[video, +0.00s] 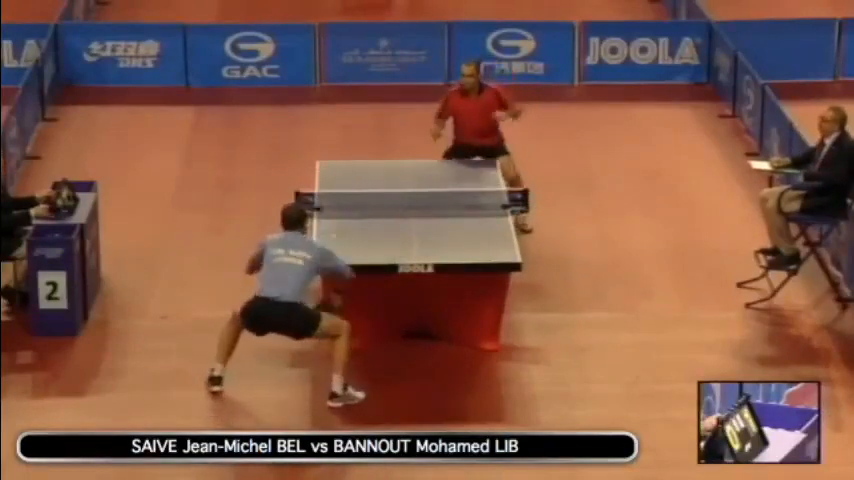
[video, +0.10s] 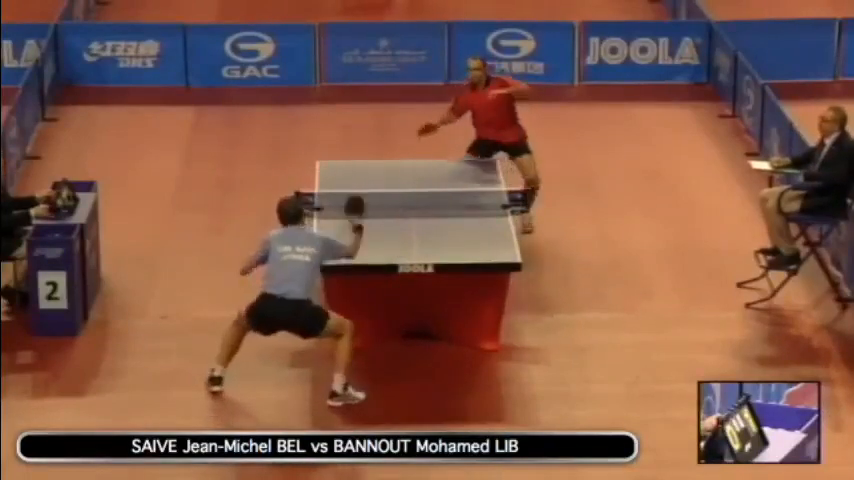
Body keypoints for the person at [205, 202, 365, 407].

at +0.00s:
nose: (307, 221)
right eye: (306, 219)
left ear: (282, 223)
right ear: (305, 223)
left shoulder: (270, 243)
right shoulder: (315, 249)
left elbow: (250, 269)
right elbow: (347, 274)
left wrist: (272, 253)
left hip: (260, 308)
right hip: (293, 313)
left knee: (236, 320)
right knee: (342, 328)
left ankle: (217, 372)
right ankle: (338, 389)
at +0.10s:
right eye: (302, 210)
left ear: (280, 218)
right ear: (302, 216)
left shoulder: (273, 240)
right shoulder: (317, 240)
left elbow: (245, 269)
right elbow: (350, 252)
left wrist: (261, 256)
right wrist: (358, 232)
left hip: (268, 306)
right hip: (300, 309)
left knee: (240, 324)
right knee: (345, 327)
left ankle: (217, 373)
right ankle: (339, 388)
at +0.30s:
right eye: (297, 194)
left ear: (276, 200)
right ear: (298, 198)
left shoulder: (264, 225)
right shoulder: (310, 225)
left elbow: (251, 261)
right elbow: (333, 262)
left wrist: (243, 277)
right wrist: (352, 268)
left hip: (269, 292)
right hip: (302, 293)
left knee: (242, 325)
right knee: (344, 325)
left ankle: (225, 379)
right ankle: (346, 384)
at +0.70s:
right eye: (331, 199)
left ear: (306, 200)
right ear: (329, 202)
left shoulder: (290, 224)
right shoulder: (330, 231)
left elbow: (271, 260)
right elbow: (338, 275)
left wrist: (278, 285)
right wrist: (361, 290)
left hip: (285, 295)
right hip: (314, 298)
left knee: (265, 337)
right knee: (361, 341)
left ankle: (238, 391)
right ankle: (375, 404)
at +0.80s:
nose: (349, 223)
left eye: (349, 218)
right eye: (348, 218)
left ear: (324, 215)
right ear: (344, 220)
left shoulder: (302, 238)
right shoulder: (337, 246)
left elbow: (282, 271)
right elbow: (345, 290)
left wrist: (280, 300)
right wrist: (376, 310)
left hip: (290, 308)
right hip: (319, 313)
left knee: (269, 348)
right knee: (369, 350)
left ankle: (237, 399)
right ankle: (377, 413)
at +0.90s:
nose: (391, 241)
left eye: (390, 237)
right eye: (390, 237)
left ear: (367, 234)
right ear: (383, 240)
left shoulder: (346, 249)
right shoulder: (368, 264)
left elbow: (318, 269)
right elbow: (385, 303)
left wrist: (295, 288)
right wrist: (422, 307)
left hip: (307, 316)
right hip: (331, 327)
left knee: (283, 353)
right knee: (384, 355)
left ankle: (240, 394)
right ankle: (377, 416)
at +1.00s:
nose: (413, 249)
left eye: (412, 244)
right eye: (411, 245)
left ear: (391, 243)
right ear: (401, 248)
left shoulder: (372, 252)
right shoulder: (387, 271)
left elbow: (346, 260)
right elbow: (417, 304)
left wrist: (324, 269)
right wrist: (457, 302)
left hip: (323, 312)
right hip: (345, 325)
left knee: (296, 352)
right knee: (394, 359)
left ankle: (251, 390)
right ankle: (378, 416)